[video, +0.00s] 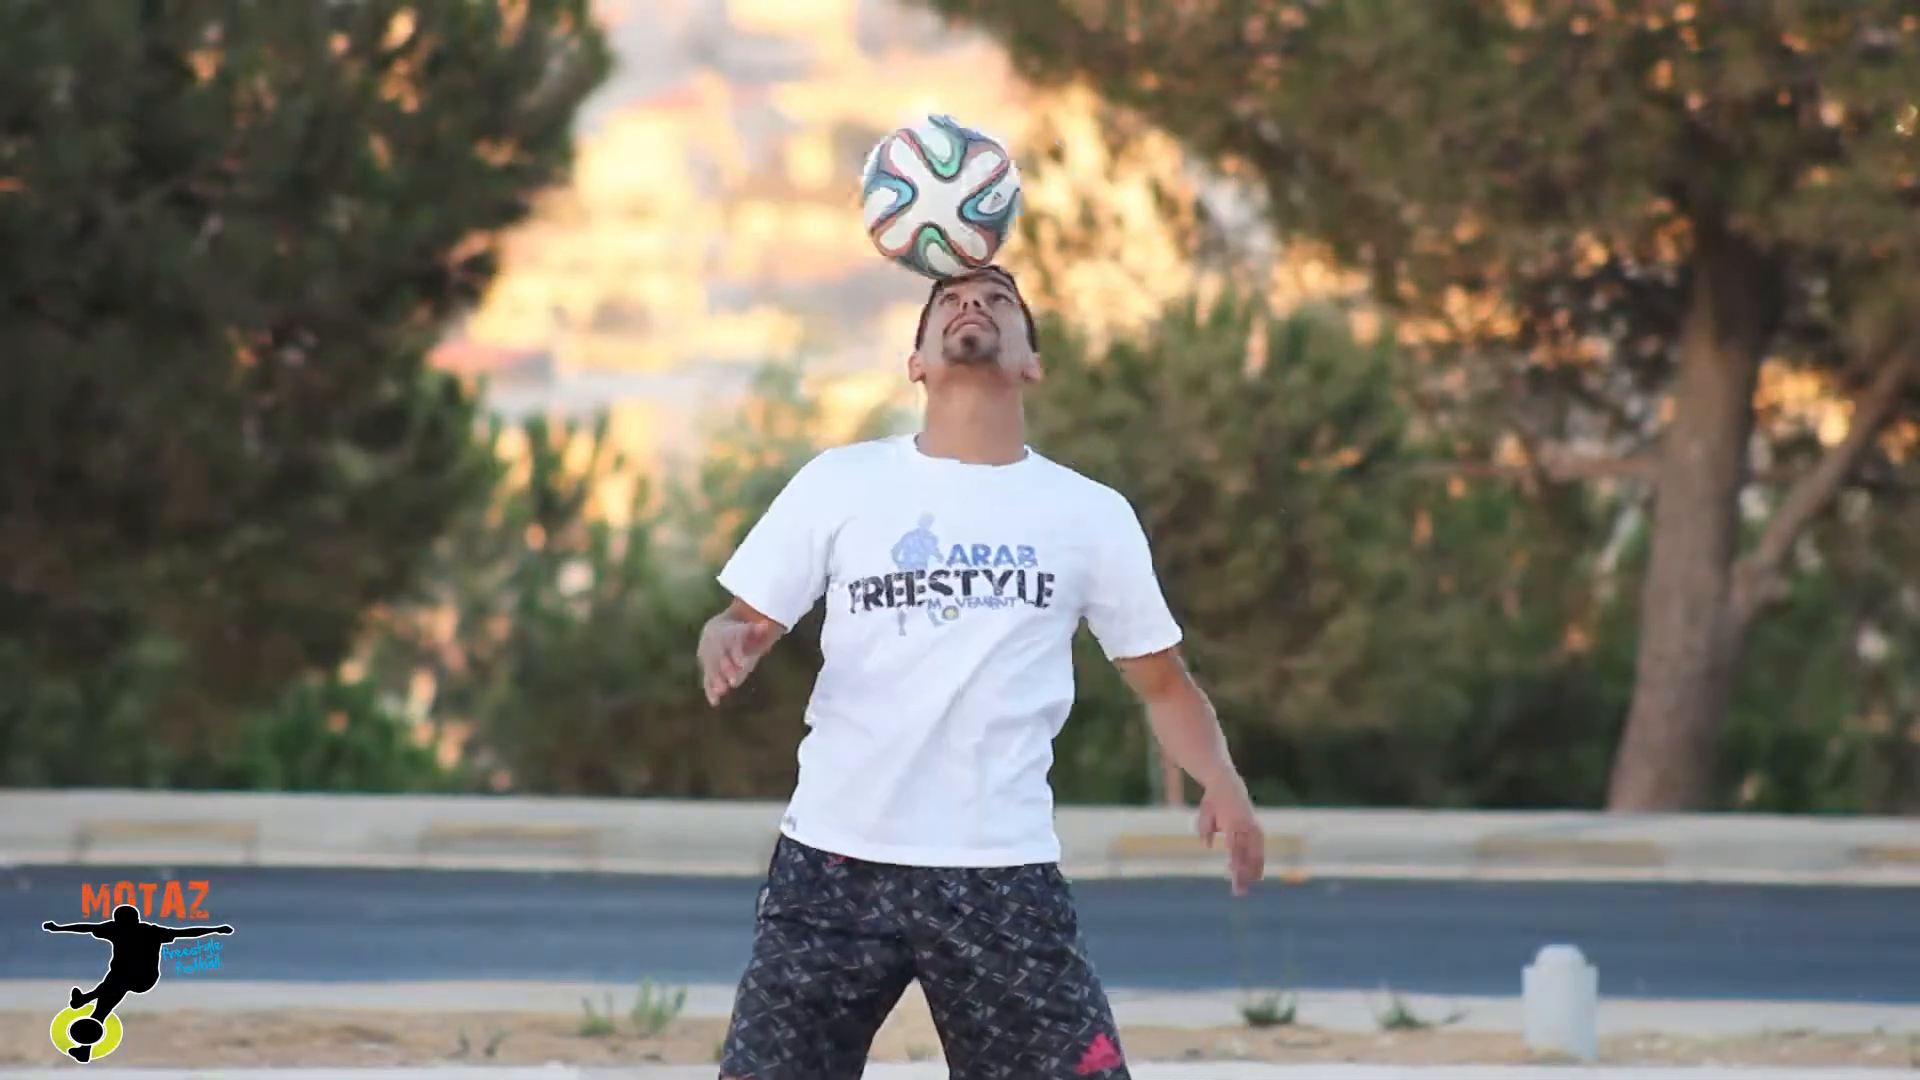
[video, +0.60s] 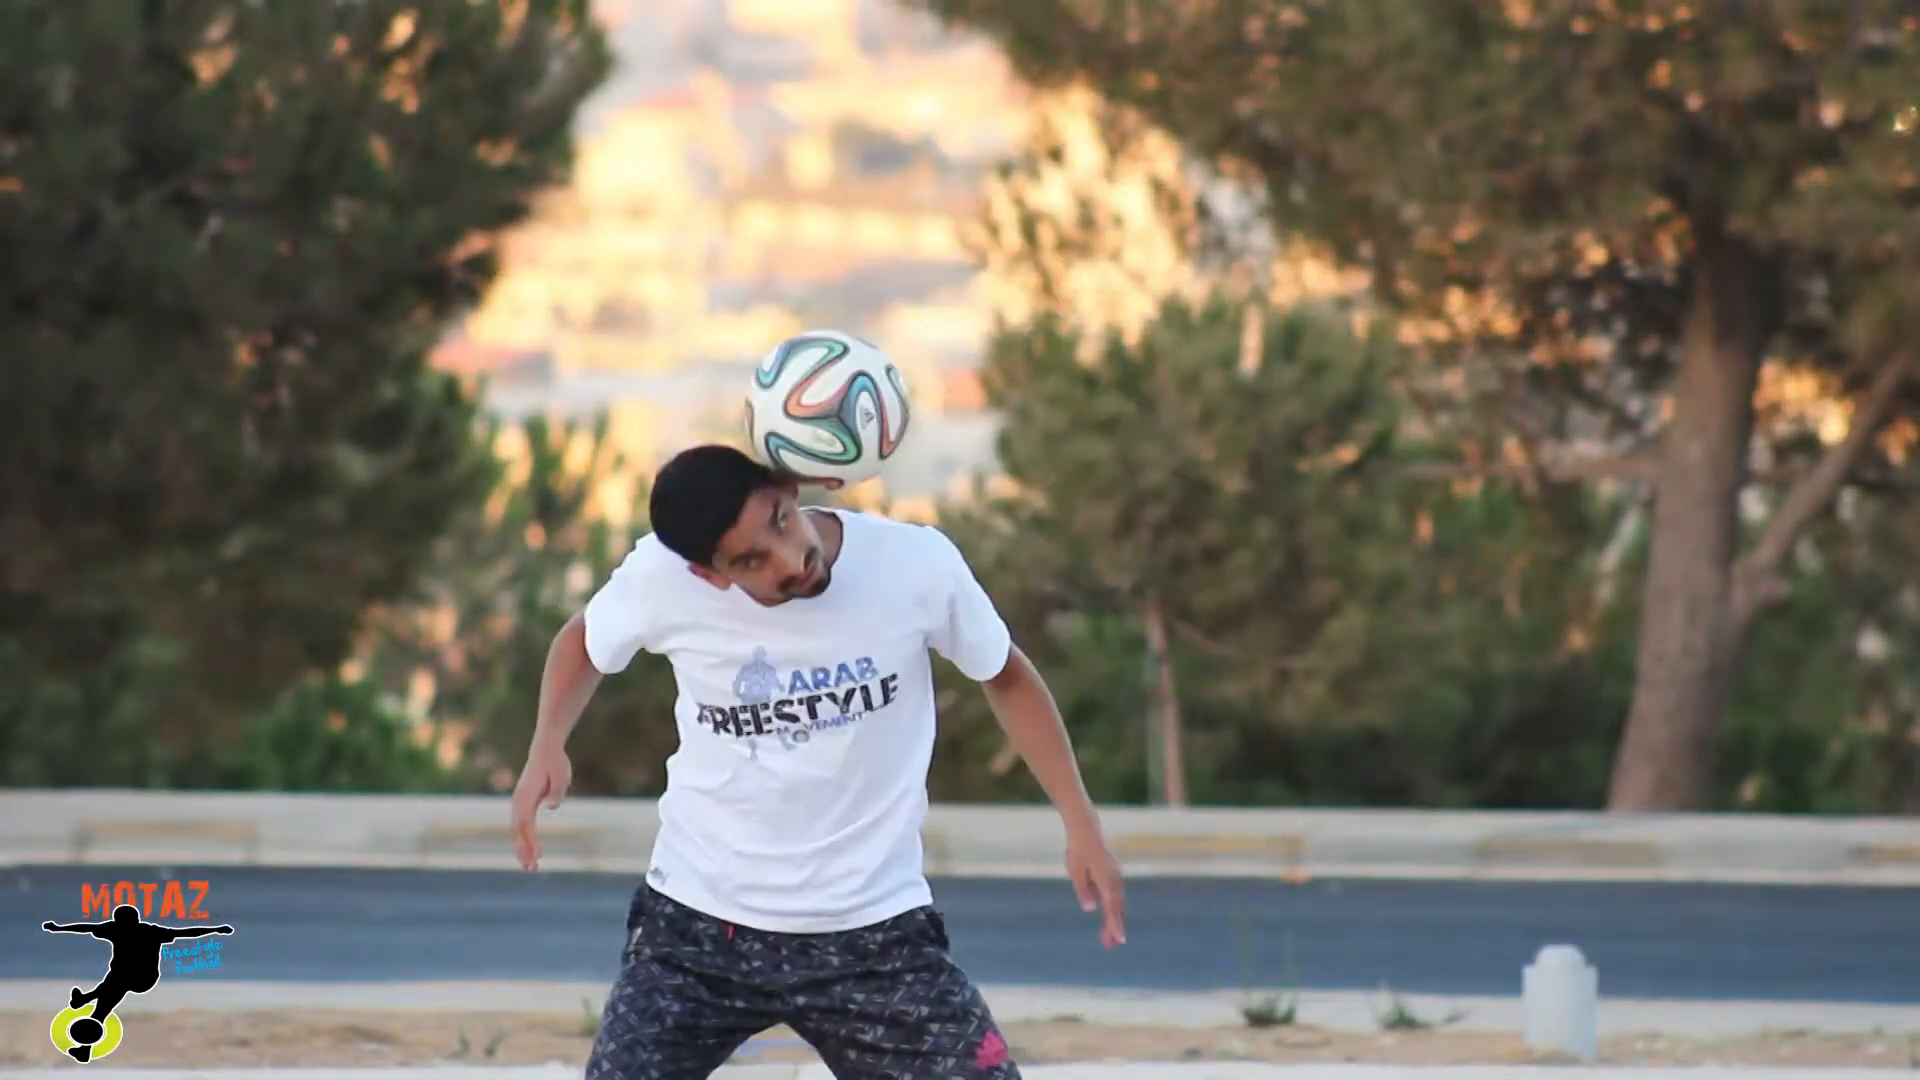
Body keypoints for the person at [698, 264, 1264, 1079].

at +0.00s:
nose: (970, 304)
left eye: (998, 301)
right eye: (948, 301)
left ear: (1032, 367)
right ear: (915, 365)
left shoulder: (1093, 516)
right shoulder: (838, 482)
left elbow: (1163, 681)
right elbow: (742, 617)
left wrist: (1223, 781)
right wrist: (726, 651)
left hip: (1001, 886)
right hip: (829, 876)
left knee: (1075, 1071)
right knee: (764, 1069)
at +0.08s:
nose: (1017, 329)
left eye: (1049, 329)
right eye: (998, 322)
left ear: (1071, 398)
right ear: (959, 377)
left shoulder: (1100, 551)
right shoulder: (856, 481)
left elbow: (1145, 723)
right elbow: (722, 609)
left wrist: (1204, 840)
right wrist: (728, 621)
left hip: (1000, 911)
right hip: (824, 896)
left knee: (1103, 1071)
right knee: (758, 1069)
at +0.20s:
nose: (1069, 450)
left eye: (1100, 464)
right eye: (1072, 425)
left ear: (1092, 526)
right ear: (1026, 429)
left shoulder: (1064, 620)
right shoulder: (853, 496)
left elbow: (1064, 776)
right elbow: (683, 571)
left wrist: (1140, 903)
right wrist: (745, 612)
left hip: (975, 936)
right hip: (797, 925)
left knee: (1094, 1074)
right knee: (737, 1073)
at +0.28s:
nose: (1030, 572)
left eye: (1063, 584)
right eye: (1051, 541)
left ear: (1059, 609)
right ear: (1020, 500)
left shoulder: (1030, 651)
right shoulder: (833, 522)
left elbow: (1022, 787)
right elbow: (662, 550)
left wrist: (1094, 921)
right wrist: (728, 630)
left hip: (939, 943)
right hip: (765, 938)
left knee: (1067, 1067)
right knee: (711, 1066)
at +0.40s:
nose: (829, 766)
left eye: (856, 771)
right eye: (832, 744)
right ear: (840, 664)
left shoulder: (958, 682)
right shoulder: (737, 593)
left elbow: (992, 776)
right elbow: (616, 546)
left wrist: (1031, 908)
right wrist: (620, 686)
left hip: (872, 954)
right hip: (694, 948)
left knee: (992, 1068)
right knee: (640, 1068)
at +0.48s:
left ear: (859, 665)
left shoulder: (927, 663)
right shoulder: (689, 599)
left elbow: (995, 739)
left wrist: (1038, 884)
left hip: (866, 950)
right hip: (683, 940)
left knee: (973, 1069)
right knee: (614, 1070)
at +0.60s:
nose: (793, 556)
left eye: (782, 519)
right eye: (755, 560)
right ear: (711, 575)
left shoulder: (922, 568)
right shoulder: (660, 587)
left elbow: (1007, 678)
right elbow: (581, 646)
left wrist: (1081, 821)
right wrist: (548, 744)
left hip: (875, 951)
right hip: (692, 946)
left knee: (987, 1069)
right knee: (617, 1070)